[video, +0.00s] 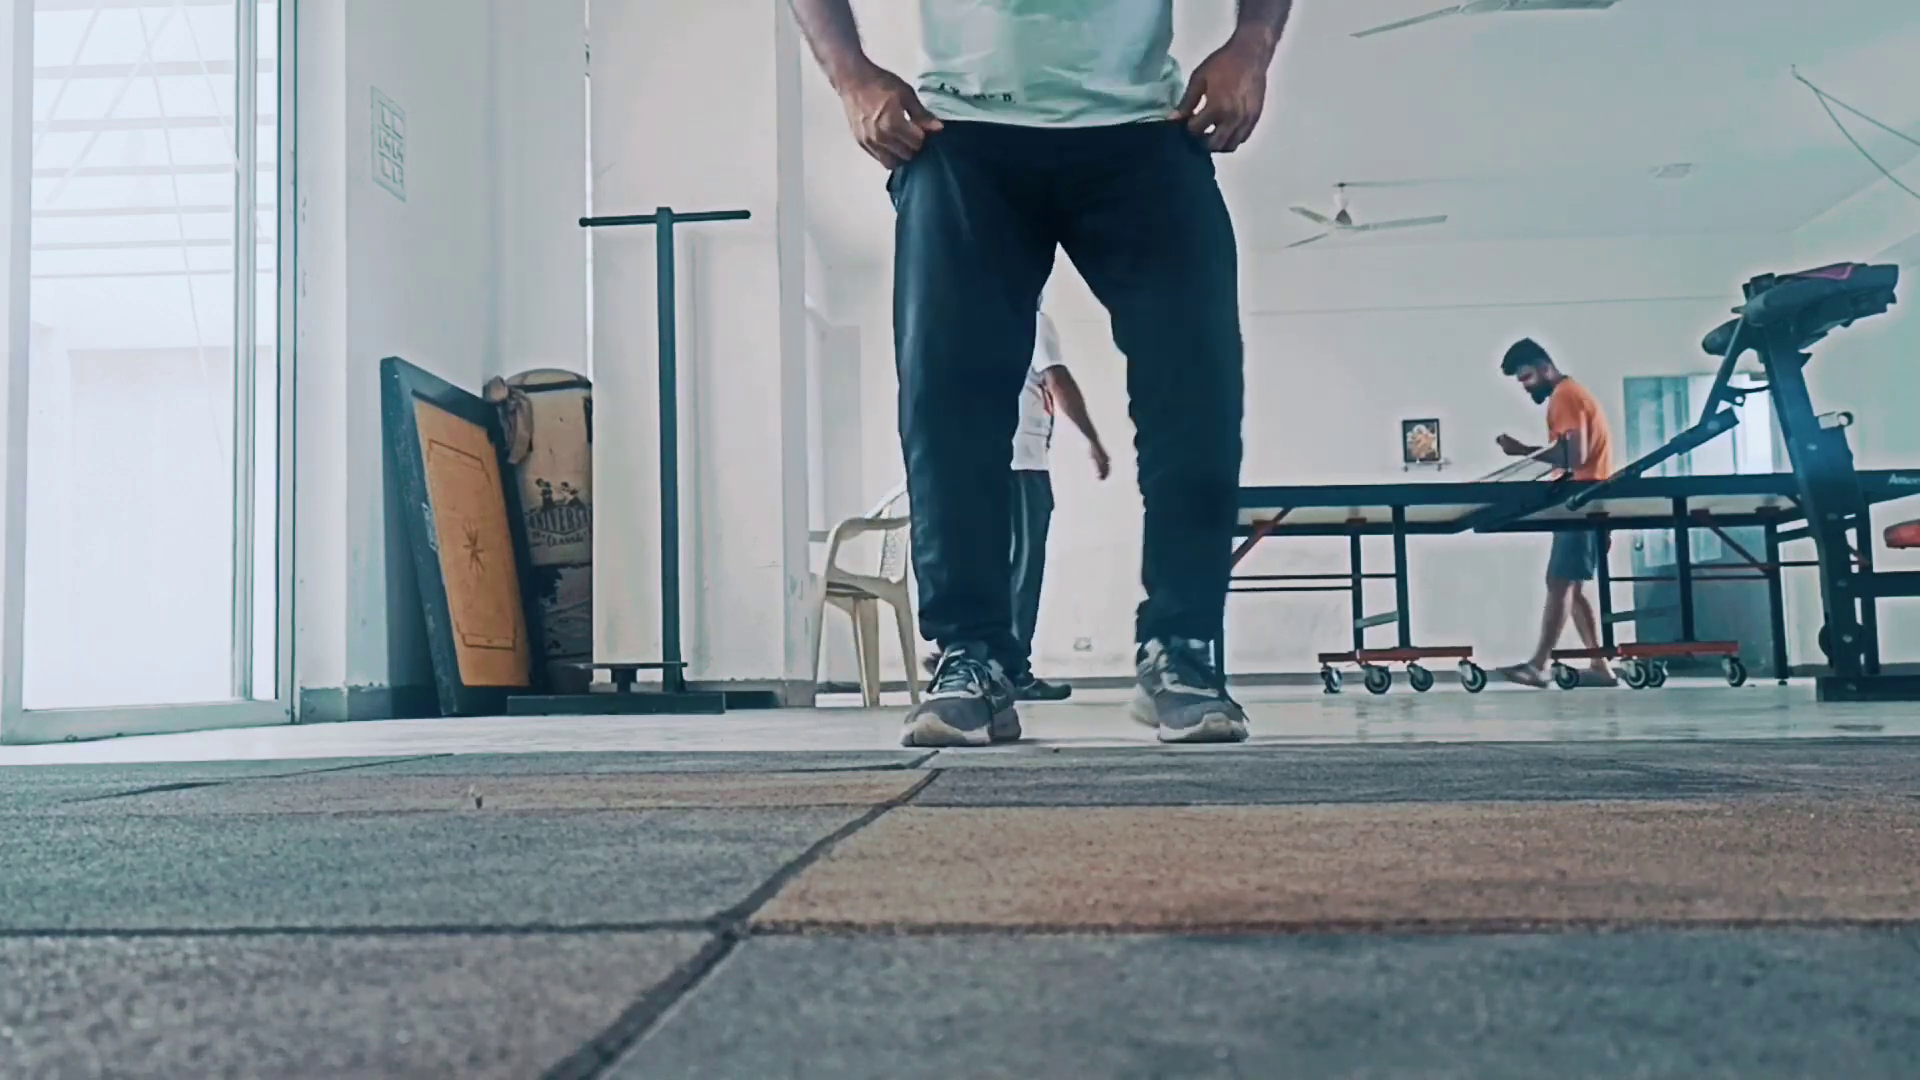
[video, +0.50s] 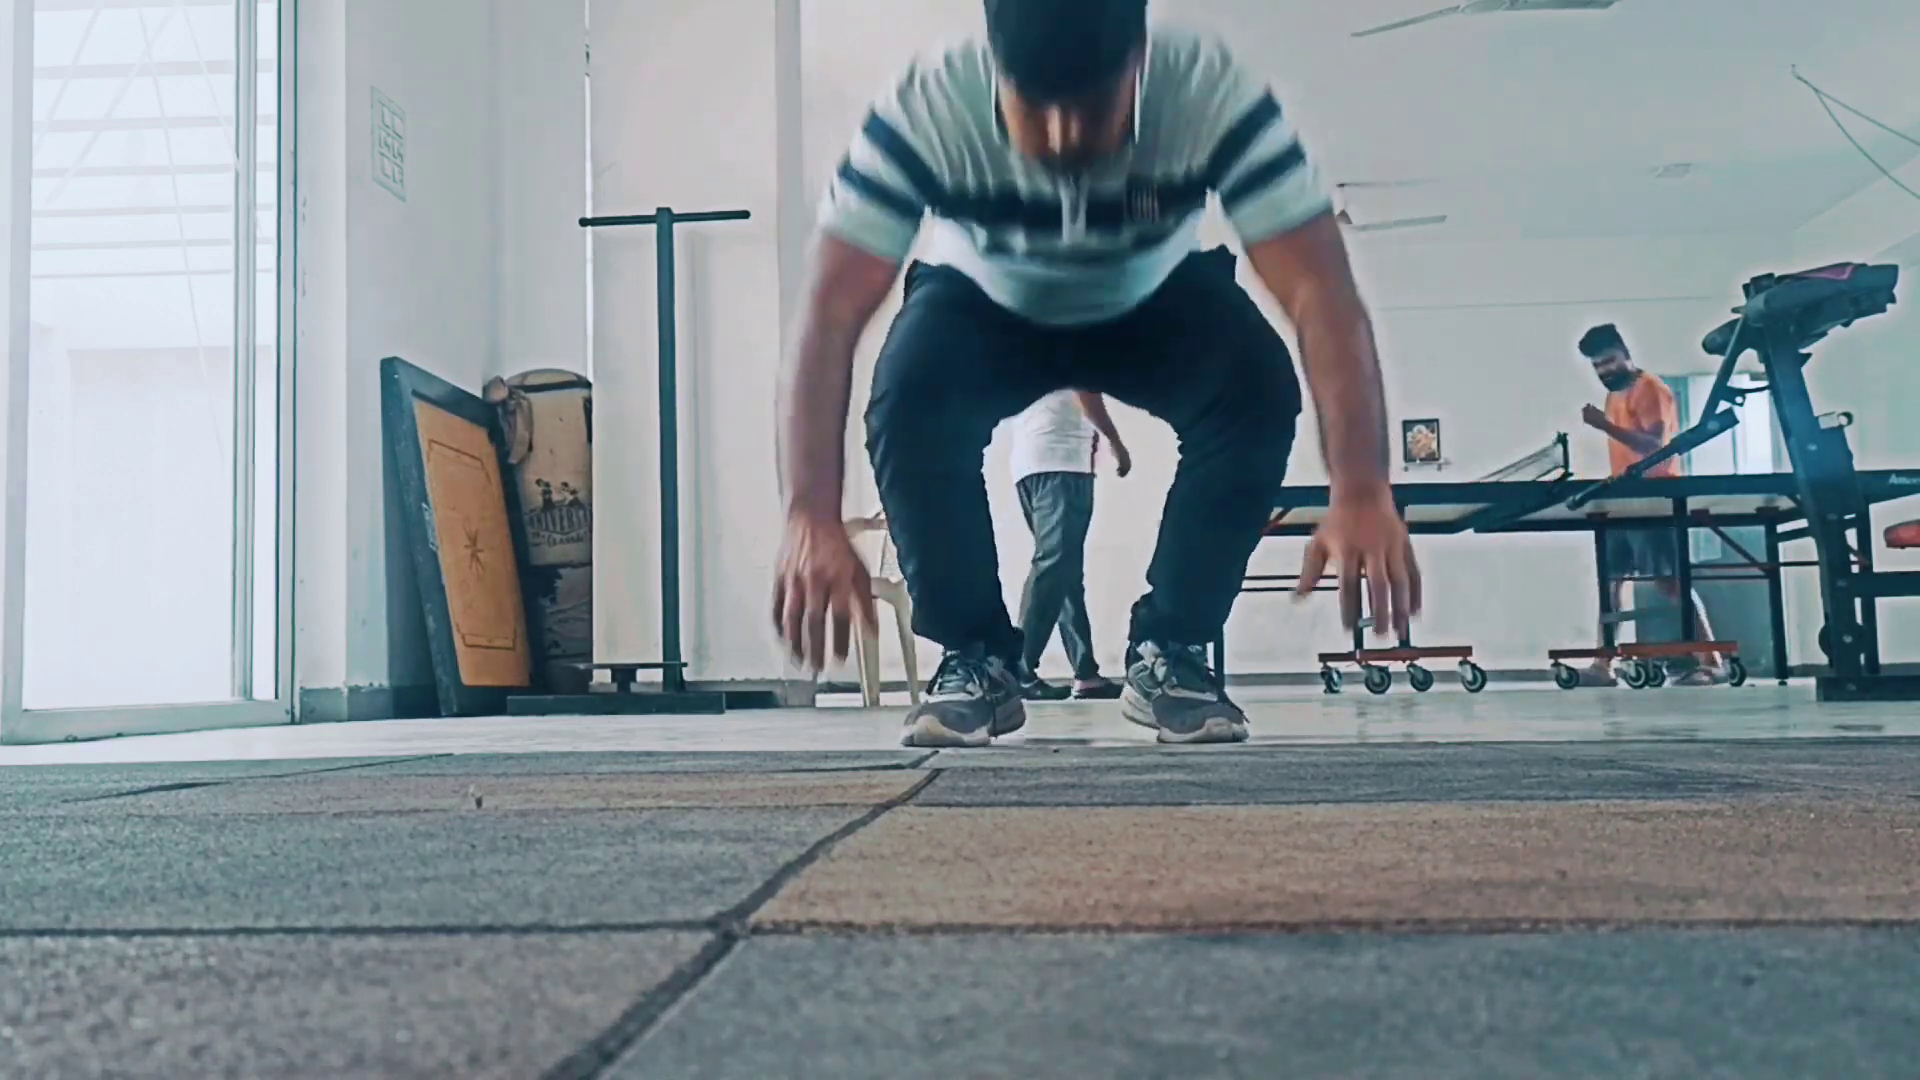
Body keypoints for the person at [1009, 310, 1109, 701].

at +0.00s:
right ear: (1027, 281)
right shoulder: (1032, 316)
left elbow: (1048, 380)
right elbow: (1057, 380)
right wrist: (1093, 439)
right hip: (1023, 460)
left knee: (991, 556)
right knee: (1027, 563)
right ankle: (1015, 666)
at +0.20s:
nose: (1061, 284)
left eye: (1057, 275)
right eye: (1058, 277)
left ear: (1023, 282)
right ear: (1051, 284)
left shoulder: (998, 319)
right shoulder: (1048, 320)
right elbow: (1082, 380)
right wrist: (1125, 423)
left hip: (1002, 460)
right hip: (1034, 461)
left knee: (1009, 563)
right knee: (1033, 568)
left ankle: (1010, 666)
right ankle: (1020, 669)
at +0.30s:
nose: (1071, 289)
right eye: (1067, 283)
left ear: (1027, 289)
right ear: (1058, 288)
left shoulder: (1007, 324)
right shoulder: (1057, 323)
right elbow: (1087, 384)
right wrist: (1138, 431)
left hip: (1010, 455)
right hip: (1044, 455)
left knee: (1030, 565)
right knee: (1037, 565)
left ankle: (1065, 665)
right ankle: (1013, 667)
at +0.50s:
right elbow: (1087, 394)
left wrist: (1082, 438)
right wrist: (1116, 442)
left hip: (1028, 461)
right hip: (1061, 457)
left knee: (1067, 572)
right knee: (1053, 564)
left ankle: (1086, 674)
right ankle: (1021, 671)